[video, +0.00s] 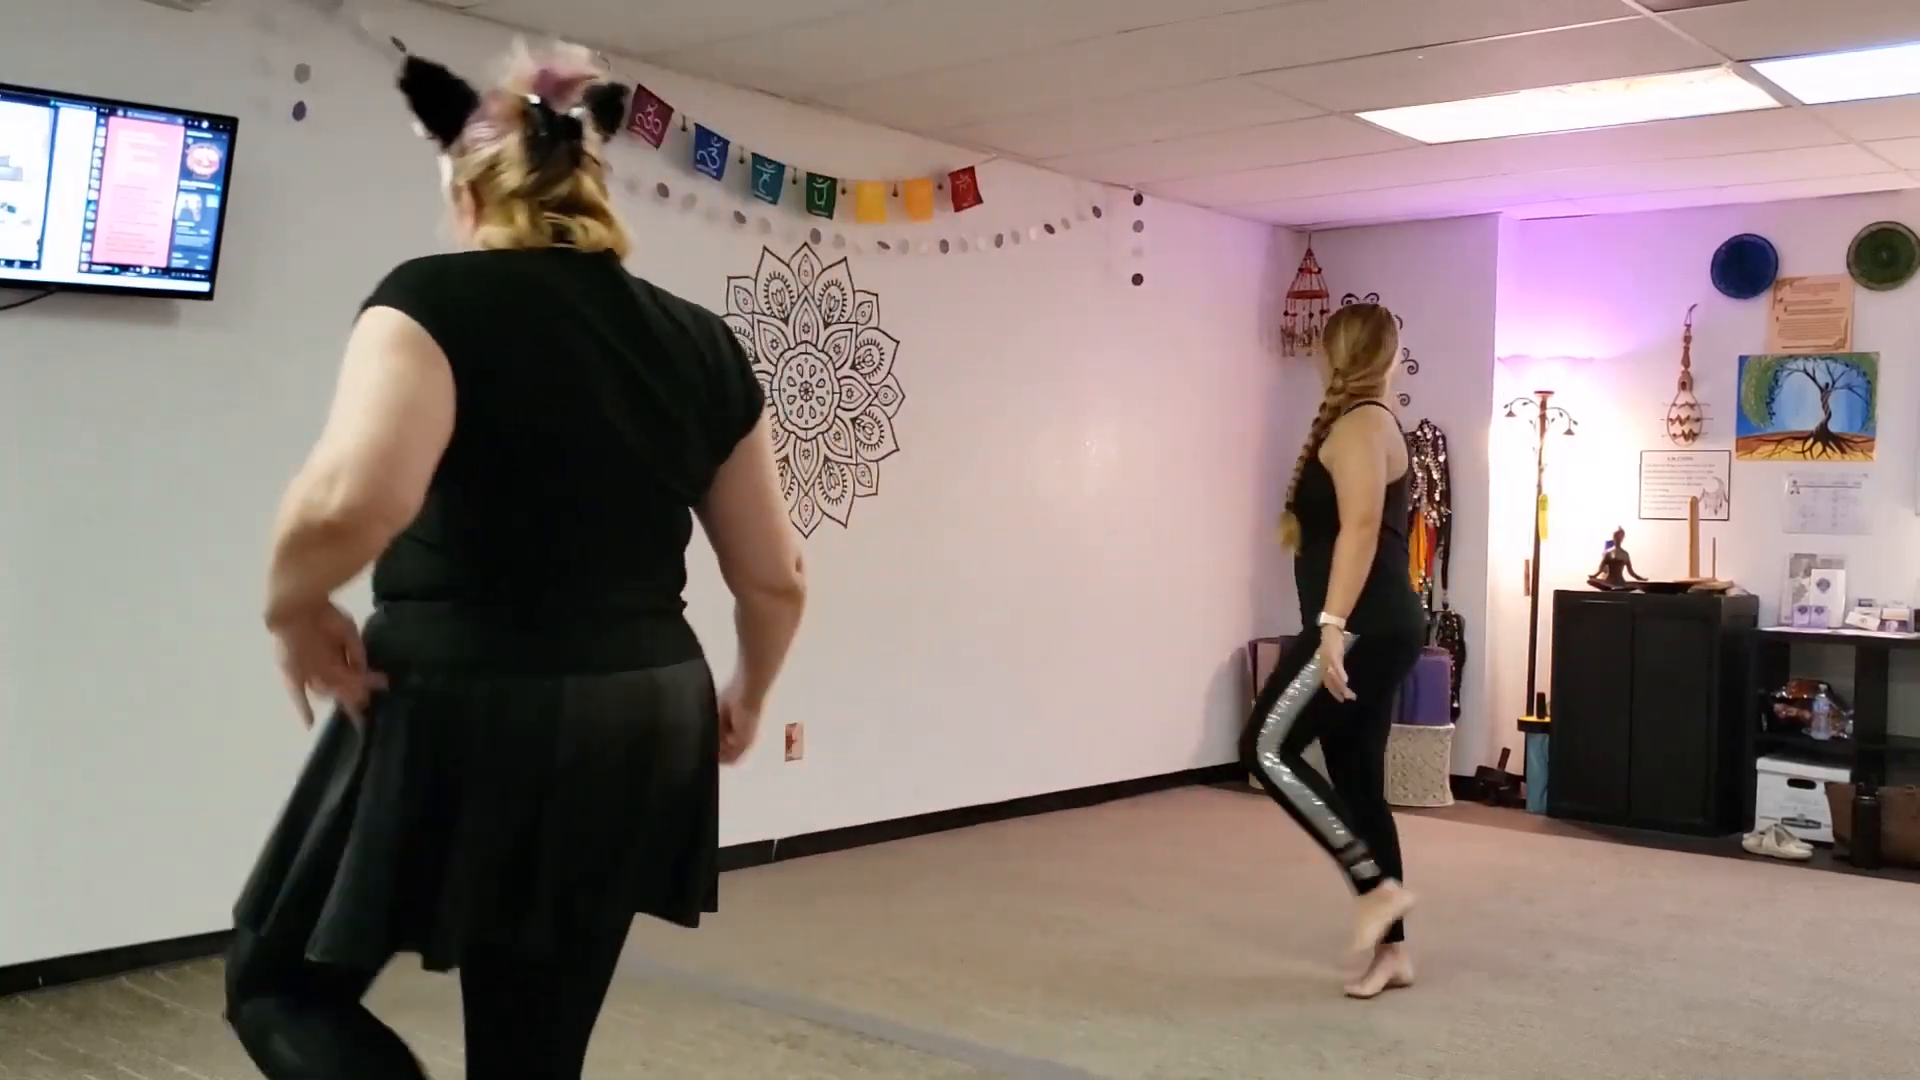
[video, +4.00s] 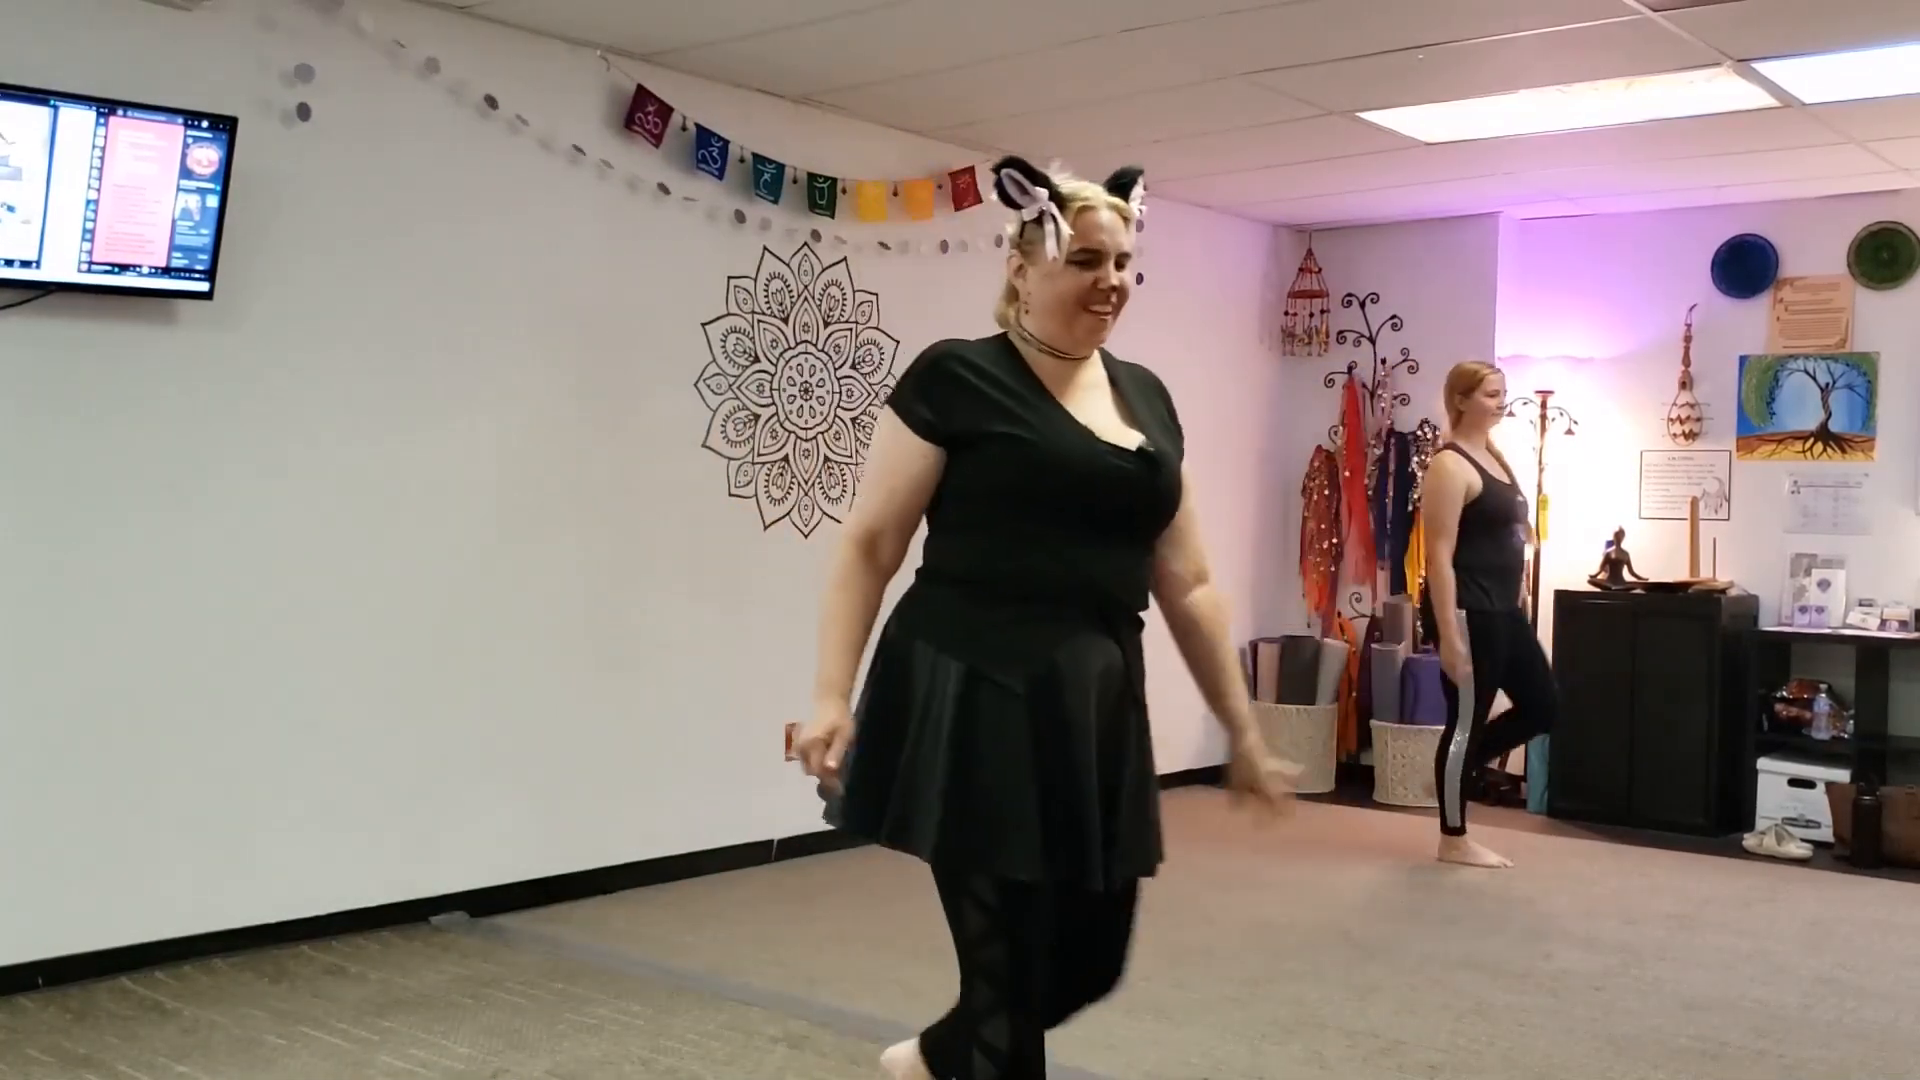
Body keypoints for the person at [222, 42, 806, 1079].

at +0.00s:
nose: (449, 222)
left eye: (451, 204)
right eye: (450, 205)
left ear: (469, 199)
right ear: (591, 194)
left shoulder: (435, 298)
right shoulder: (697, 340)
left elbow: (359, 498)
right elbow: (773, 578)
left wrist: (297, 605)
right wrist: (751, 692)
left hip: (453, 715)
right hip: (643, 720)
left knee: (279, 982)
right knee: (533, 1047)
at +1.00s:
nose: (418, 281)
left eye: (419, 262)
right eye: (417, 261)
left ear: (285, 245)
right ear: (395, 256)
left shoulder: (182, 358)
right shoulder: (452, 376)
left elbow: (126, 565)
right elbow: (517, 580)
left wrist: (26, 511)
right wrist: (569, 737)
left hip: (203, 700)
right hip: (382, 716)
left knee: (232, 1004)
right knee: (416, 922)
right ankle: (340, 1072)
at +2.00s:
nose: (648, 318)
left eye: (650, 299)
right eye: (636, 296)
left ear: (566, 292)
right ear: (569, 290)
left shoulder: (507, 369)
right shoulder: (534, 384)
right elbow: (528, 550)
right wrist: (650, 675)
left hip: (504, 645)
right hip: (545, 661)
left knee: (615, 854)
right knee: (584, 889)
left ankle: (432, 921)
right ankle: (504, 1068)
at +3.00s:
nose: (909, 318)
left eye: (917, 301)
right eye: (890, 298)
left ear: (918, 304)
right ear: (826, 300)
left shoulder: (882, 407)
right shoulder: (774, 385)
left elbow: (960, 545)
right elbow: (716, 538)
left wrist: (956, 437)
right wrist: (732, 693)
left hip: (892, 686)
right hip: (818, 685)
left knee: (859, 935)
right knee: (850, 936)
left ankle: (829, 1078)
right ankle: (701, 1063)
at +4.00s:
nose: (1111, 281)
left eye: (1125, 264)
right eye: (1086, 259)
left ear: (1134, 276)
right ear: (1023, 267)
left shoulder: (1141, 397)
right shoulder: (955, 379)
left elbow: (1188, 583)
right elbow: (868, 547)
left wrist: (1244, 727)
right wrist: (833, 698)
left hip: (1095, 706)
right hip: (967, 699)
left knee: (1088, 960)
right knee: (1008, 982)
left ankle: (926, 1059)